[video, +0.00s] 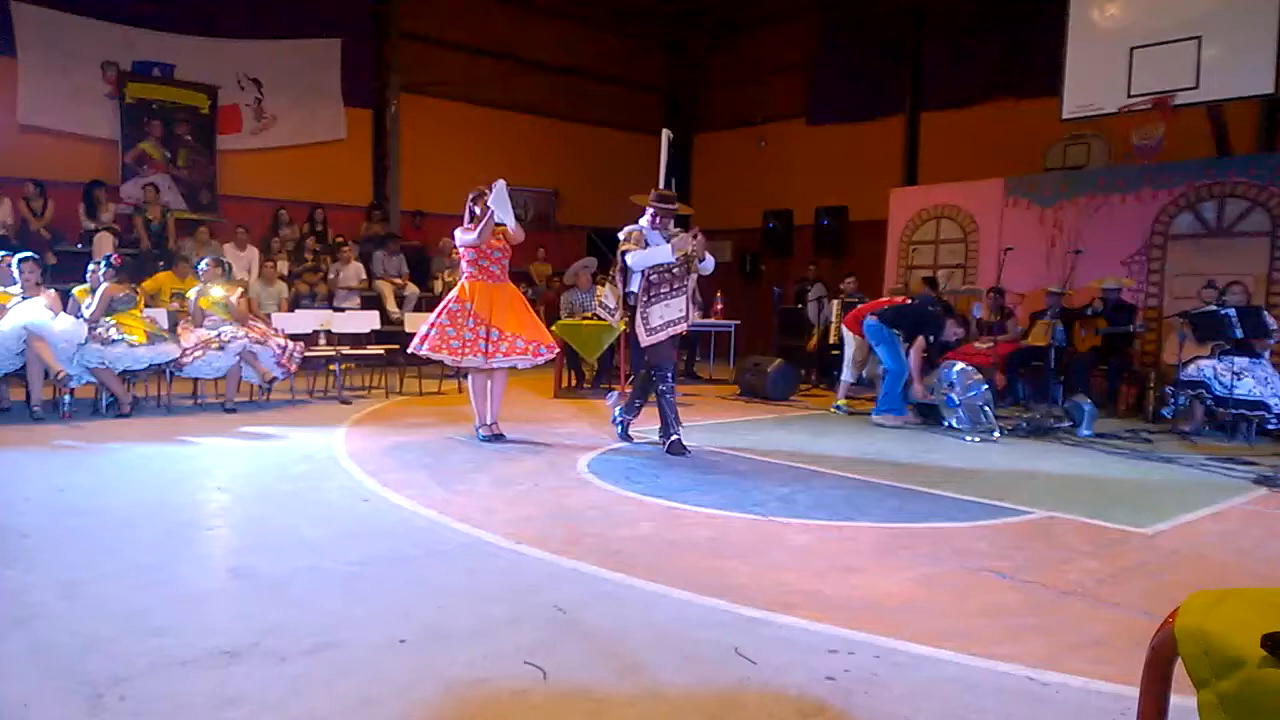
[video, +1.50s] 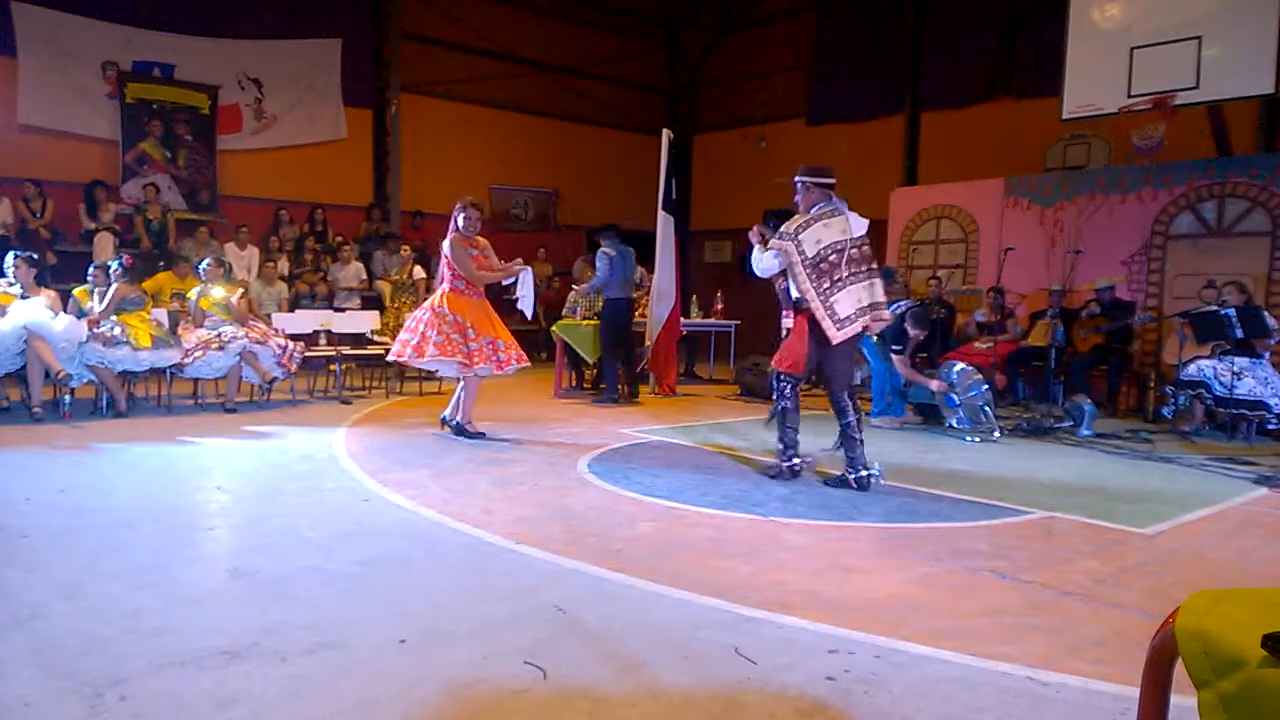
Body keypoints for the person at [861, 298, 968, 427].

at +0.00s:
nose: (953, 339)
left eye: (956, 338)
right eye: (955, 334)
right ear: (951, 323)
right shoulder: (935, 323)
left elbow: (913, 350)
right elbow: (915, 350)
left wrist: (918, 383)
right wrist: (917, 383)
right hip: (878, 325)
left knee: (901, 368)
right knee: (898, 369)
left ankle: (897, 410)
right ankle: (885, 412)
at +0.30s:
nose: (948, 332)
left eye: (952, 329)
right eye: (949, 326)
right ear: (941, 316)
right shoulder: (922, 319)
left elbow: (922, 353)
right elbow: (905, 351)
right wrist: (908, 384)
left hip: (884, 330)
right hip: (869, 327)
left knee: (898, 371)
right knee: (889, 371)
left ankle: (898, 412)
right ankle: (881, 414)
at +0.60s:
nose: (925, 336)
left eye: (929, 333)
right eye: (922, 331)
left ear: (935, 327)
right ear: (912, 320)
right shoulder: (899, 321)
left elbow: (927, 339)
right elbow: (896, 365)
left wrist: (932, 356)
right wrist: (914, 392)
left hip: (886, 330)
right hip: (866, 331)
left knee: (904, 365)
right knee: (882, 368)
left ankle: (901, 411)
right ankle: (880, 413)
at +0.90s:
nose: (909, 343)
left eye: (913, 340)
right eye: (906, 340)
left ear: (921, 333)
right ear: (897, 331)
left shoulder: (918, 316)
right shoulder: (887, 332)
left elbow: (921, 335)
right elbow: (892, 369)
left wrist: (916, 354)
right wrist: (915, 395)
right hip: (866, 331)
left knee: (905, 367)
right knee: (881, 369)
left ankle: (900, 410)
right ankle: (880, 413)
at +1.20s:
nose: (911, 344)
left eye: (915, 340)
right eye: (907, 340)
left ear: (922, 333)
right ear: (898, 332)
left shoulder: (919, 316)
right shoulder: (888, 332)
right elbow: (896, 373)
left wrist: (909, 355)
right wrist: (926, 387)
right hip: (864, 331)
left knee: (903, 366)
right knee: (880, 366)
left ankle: (899, 411)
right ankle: (879, 414)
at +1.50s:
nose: (919, 338)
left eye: (922, 335)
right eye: (916, 334)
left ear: (926, 328)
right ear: (906, 326)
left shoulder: (921, 315)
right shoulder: (896, 330)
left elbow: (914, 340)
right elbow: (902, 367)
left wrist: (906, 356)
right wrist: (930, 383)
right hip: (869, 333)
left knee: (896, 370)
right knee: (881, 368)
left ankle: (898, 410)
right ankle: (879, 414)